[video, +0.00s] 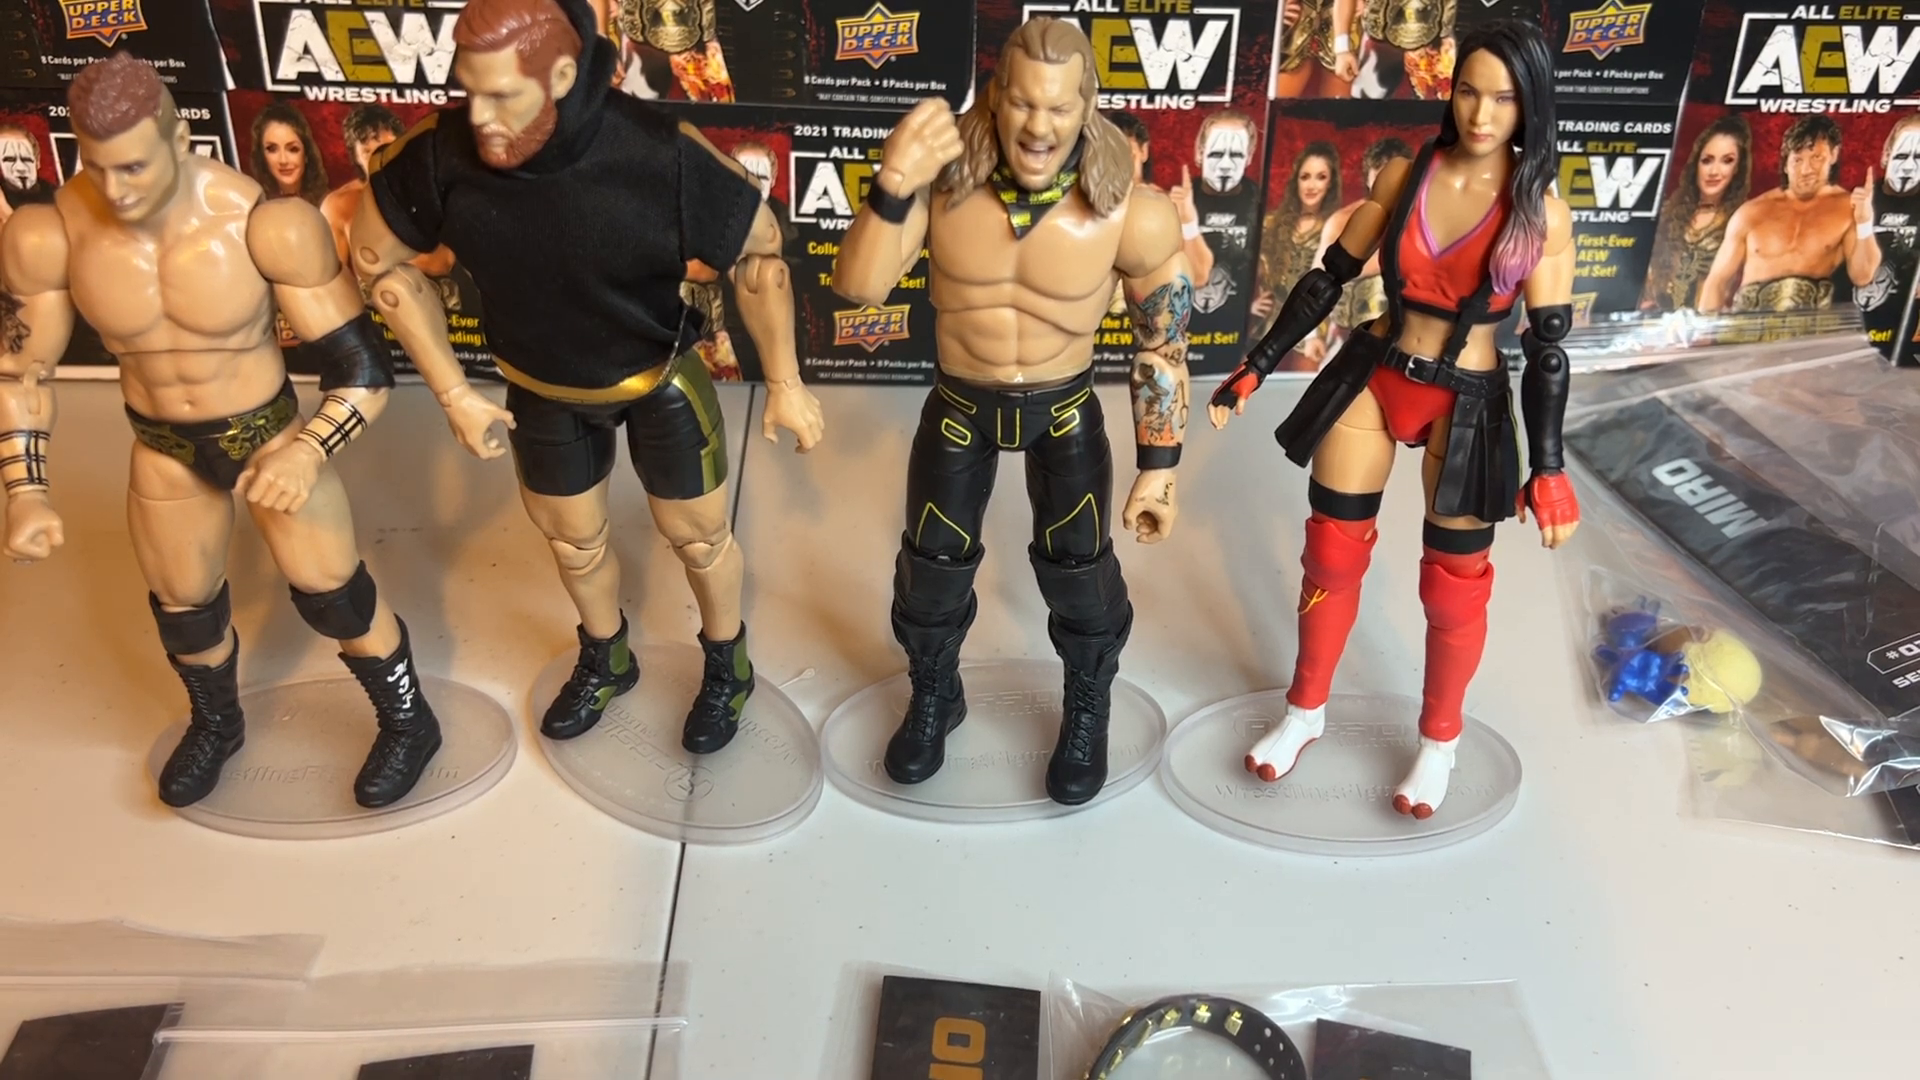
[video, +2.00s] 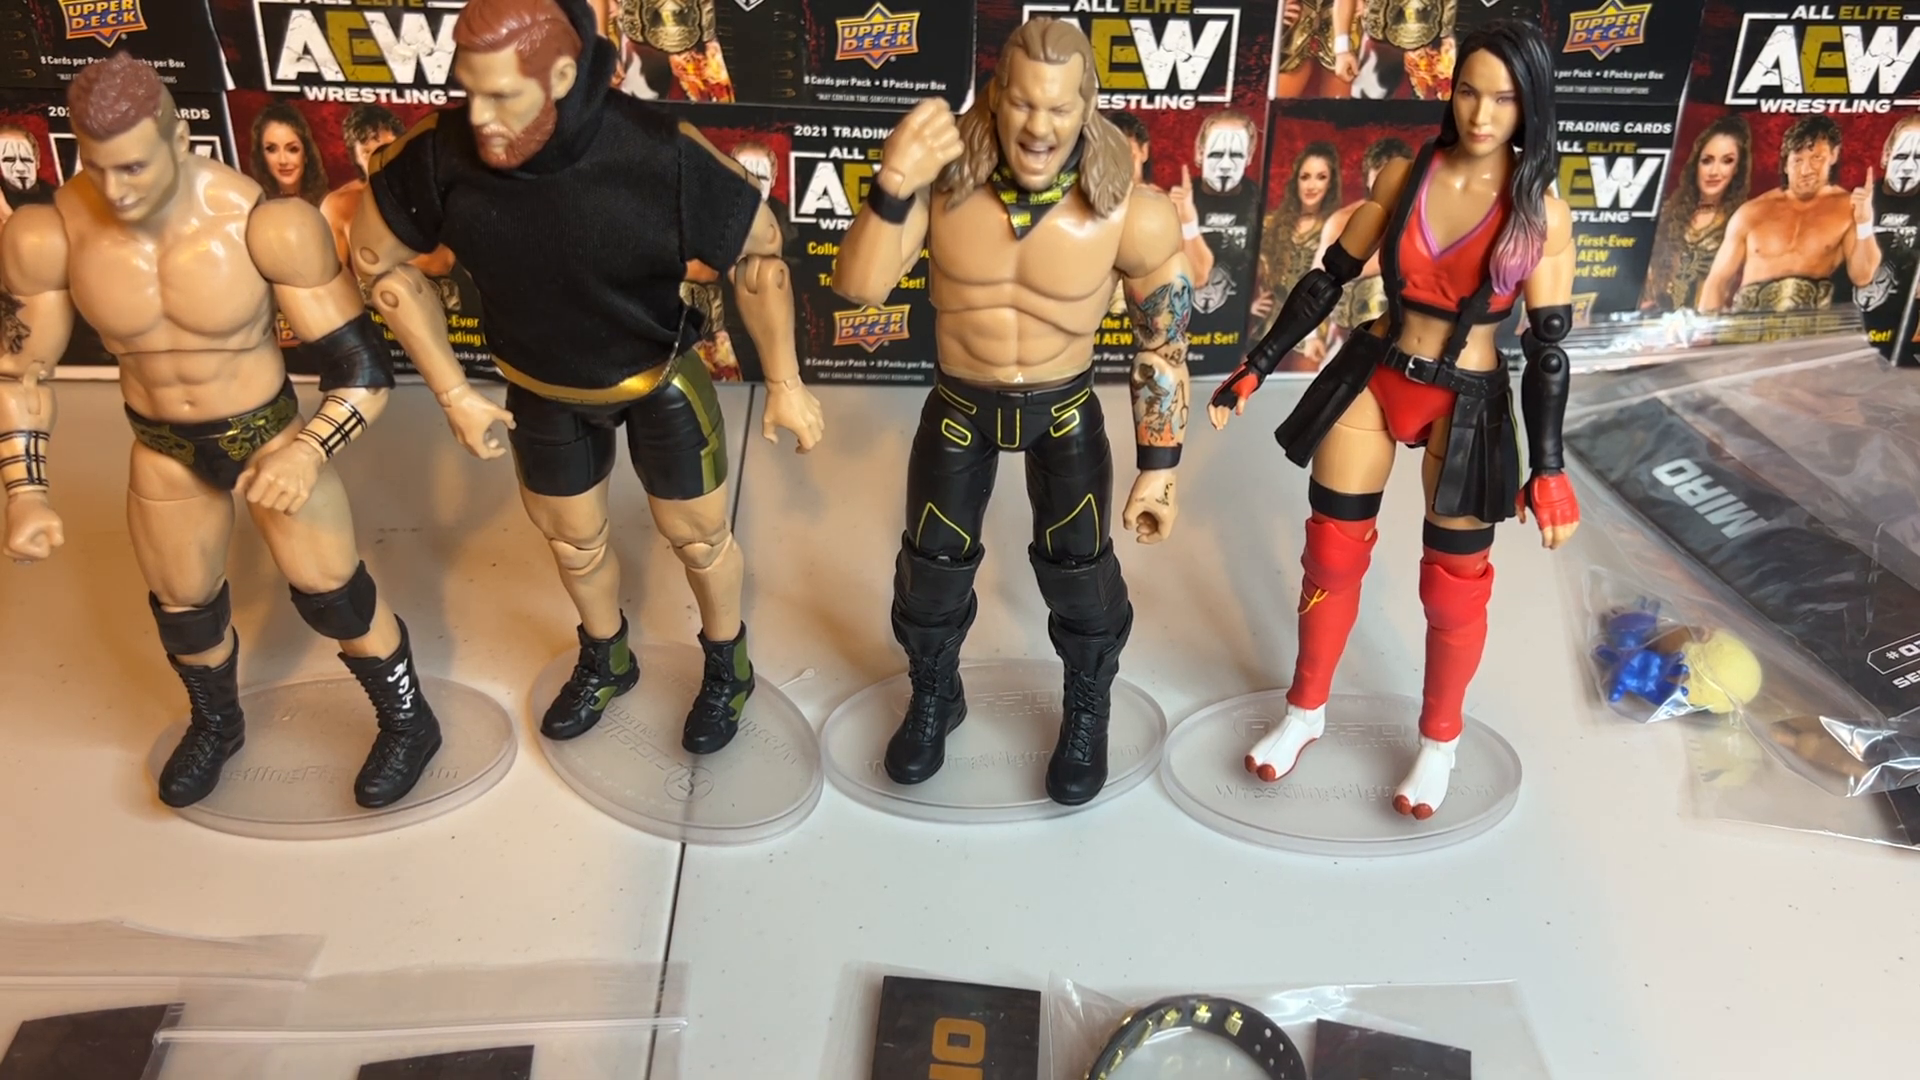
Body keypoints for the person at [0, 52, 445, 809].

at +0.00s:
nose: (118, 188)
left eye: (135, 167)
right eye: (101, 169)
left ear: (179, 138)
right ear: (81, 151)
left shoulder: (268, 225)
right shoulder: (53, 232)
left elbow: (363, 370)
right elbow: (22, 372)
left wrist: (311, 446)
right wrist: (22, 486)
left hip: (269, 441)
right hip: (161, 451)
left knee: (336, 599)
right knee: (186, 617)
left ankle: (409, 721)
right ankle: (216, 722)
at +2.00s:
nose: (118, 188)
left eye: (135, 167)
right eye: (101, 169)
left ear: (179, 139)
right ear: (80, 152)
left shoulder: (268, 225)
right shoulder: (52, 233)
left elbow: (362, 370)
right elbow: (22, 373)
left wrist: (311, 446)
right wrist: (22, 487)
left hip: (268, 441)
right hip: (161, 451)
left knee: (336, 600)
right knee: (186, 617)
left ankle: (409, 722)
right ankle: (217, 722)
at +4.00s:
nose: (118, 188)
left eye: (134, 167)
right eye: (100, 169)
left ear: (178, 138)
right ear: (80, 151)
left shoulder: (268, 225)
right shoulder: (54, 232)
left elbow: (363, 370)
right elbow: (23, 371)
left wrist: (311, 446)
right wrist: (21, 487)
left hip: (269, 441)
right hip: (161, 452)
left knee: (336, 600)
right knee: (186, 617)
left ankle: (409, 722)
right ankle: (216, 722)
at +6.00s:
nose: (118, 188)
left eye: (134, 167)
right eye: (100, 169)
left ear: (178, 138)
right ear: (80, 150)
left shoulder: (268, 225)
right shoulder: (52, 233)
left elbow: (362, 370)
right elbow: (23, 372)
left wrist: (312, 446)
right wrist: (22, 486)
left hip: (269, 440)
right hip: (161, 451)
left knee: (336, 598)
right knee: (186, 616)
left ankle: (408, 721)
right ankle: (216, 723)